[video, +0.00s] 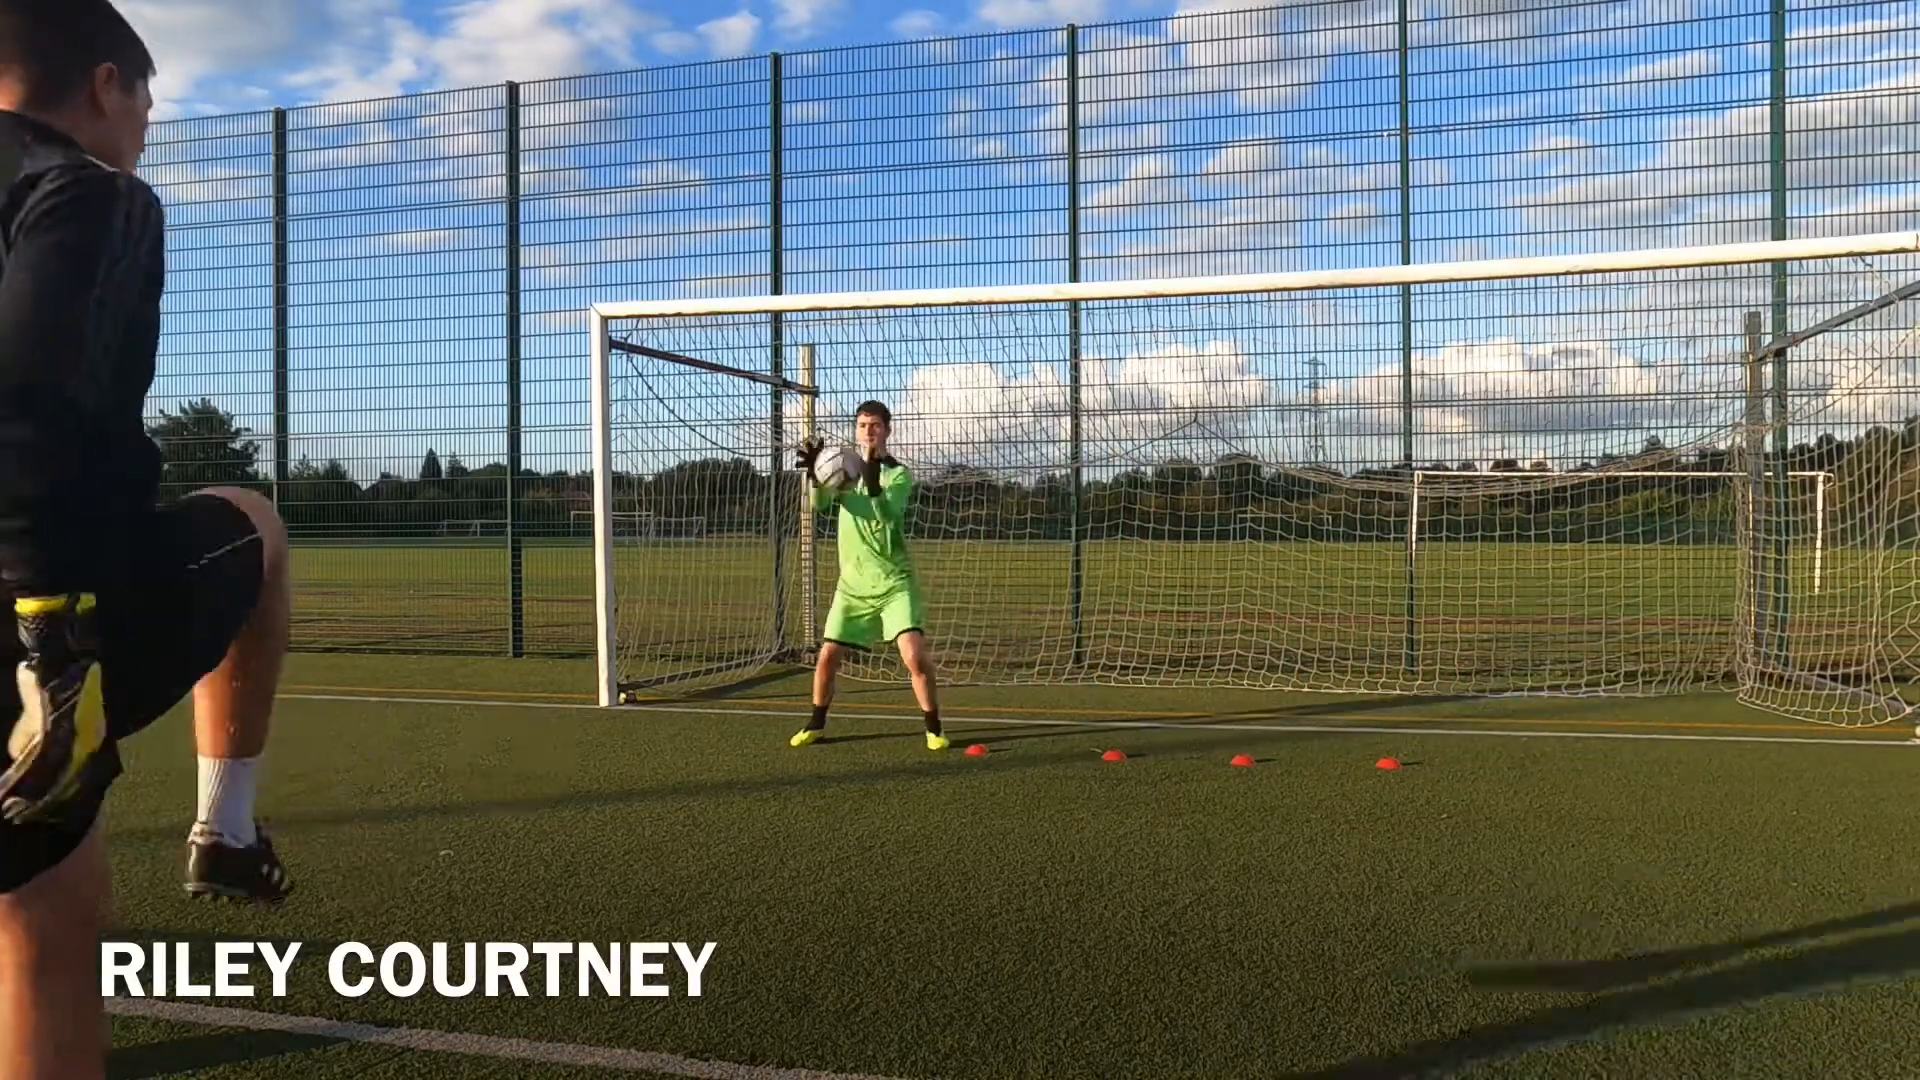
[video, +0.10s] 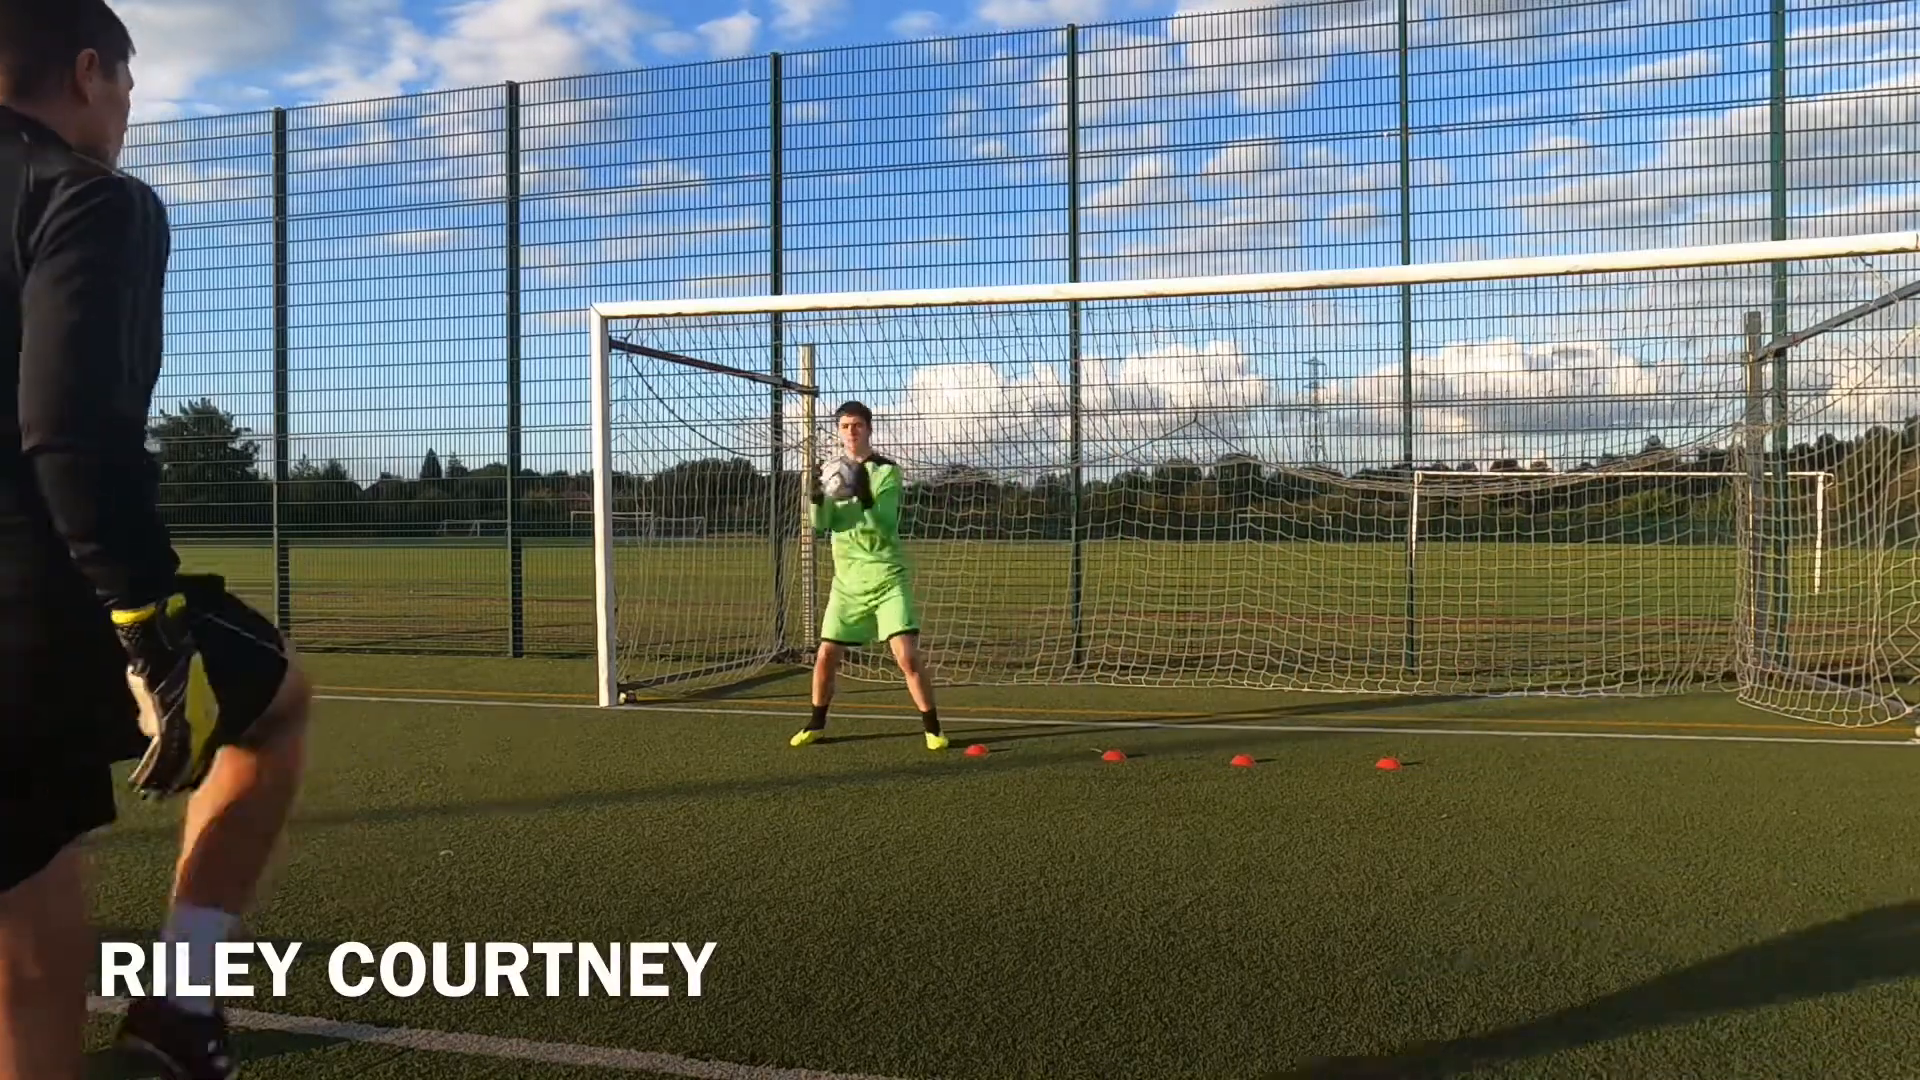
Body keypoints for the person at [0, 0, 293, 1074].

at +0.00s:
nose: (144, 135)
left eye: (149, 112)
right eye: (144, 109)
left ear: (14, 91)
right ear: (100, 89)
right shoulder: (88, 193)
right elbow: (41, 401)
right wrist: (47, 628)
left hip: (20, 636)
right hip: (53, 632)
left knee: (45, 963)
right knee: (251, 521)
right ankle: (229, 829)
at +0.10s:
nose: (127, 113)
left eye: (126, 88)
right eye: (124, 87)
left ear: (18, 77)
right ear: (86, 75)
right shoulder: (86, 197)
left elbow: (63, 427)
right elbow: (71, 424)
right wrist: (147, 616)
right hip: (42, 593)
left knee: (36, 953)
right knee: (270, 700)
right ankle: (186, 999)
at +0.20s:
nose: (111, 103)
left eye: (108, 77)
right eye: (106, 75)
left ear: (28, 70)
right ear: (69, 65)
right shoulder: (86, 211)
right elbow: (124, 451)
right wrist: (213, 623)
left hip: (7, 647)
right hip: (70, 635)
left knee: (30, 977)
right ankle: (121, 1057)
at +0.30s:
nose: (94, 76)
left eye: (90, 50)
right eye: (87, 48)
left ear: (26, 52)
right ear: (48, 50)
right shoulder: (84, 207)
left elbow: (151, 446)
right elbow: (153, 450)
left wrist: (242, 603)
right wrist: (245, 604)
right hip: (49, 656)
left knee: (20, 1012)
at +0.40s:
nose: (78, 64)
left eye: (74, 40)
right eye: (71, 38)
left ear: (14, 44)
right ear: (34, 38)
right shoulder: (70, 198)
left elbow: (146, 433)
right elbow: (146, 439)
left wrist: (247, 578)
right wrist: (249, 582)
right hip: (32, 633)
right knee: (27, 959)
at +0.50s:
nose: (71, 63)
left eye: (65, 39)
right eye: (62, 37)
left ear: (13, 40)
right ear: (27, 34)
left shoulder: (41, 192)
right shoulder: (51, 190)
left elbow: (108, 430)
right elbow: (108, 435)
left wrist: (223, 558)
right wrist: (224, 560)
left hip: (15, 633)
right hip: (10, 634)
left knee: (13, 893)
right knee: (9, 896)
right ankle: (17, 1056)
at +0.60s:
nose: (55, 52)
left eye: (48, 29)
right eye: (44, 27)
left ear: (11, 32)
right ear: (11, 26)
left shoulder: (39, 182)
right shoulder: (42, 183)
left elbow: (55, 418)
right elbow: (56, 421)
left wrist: (172, 570)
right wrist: (177, 569)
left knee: (2, 807)